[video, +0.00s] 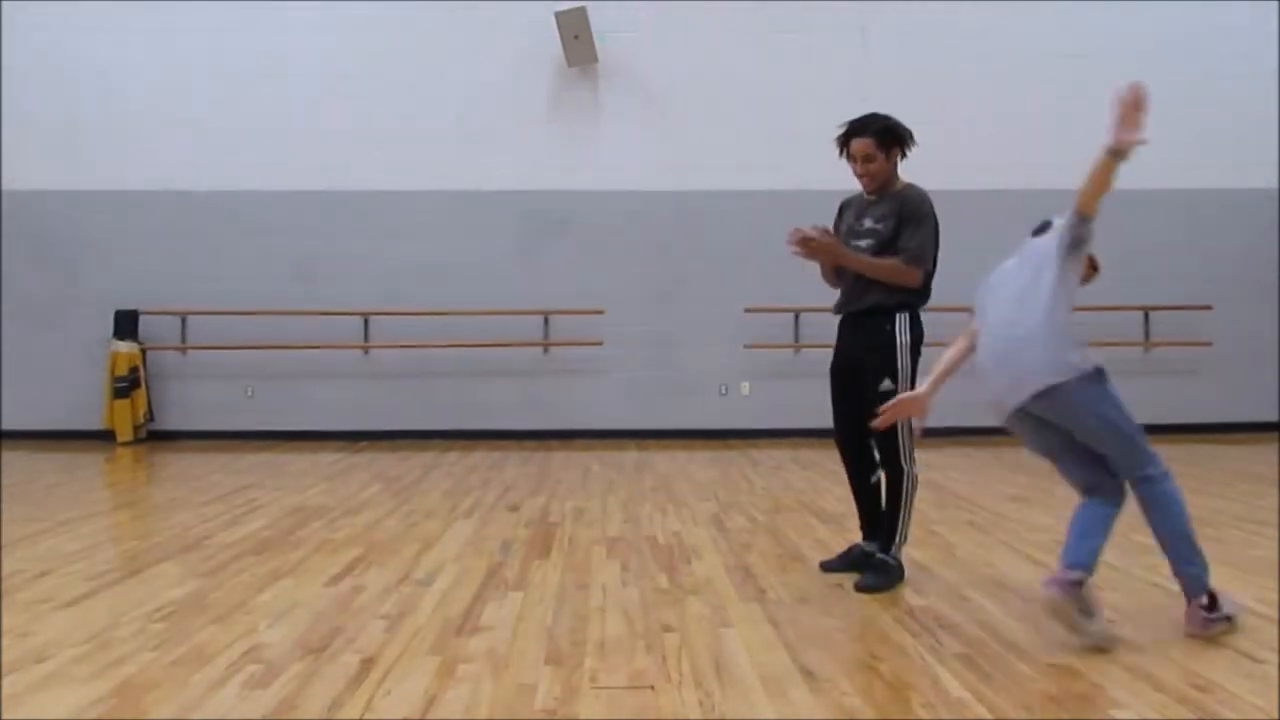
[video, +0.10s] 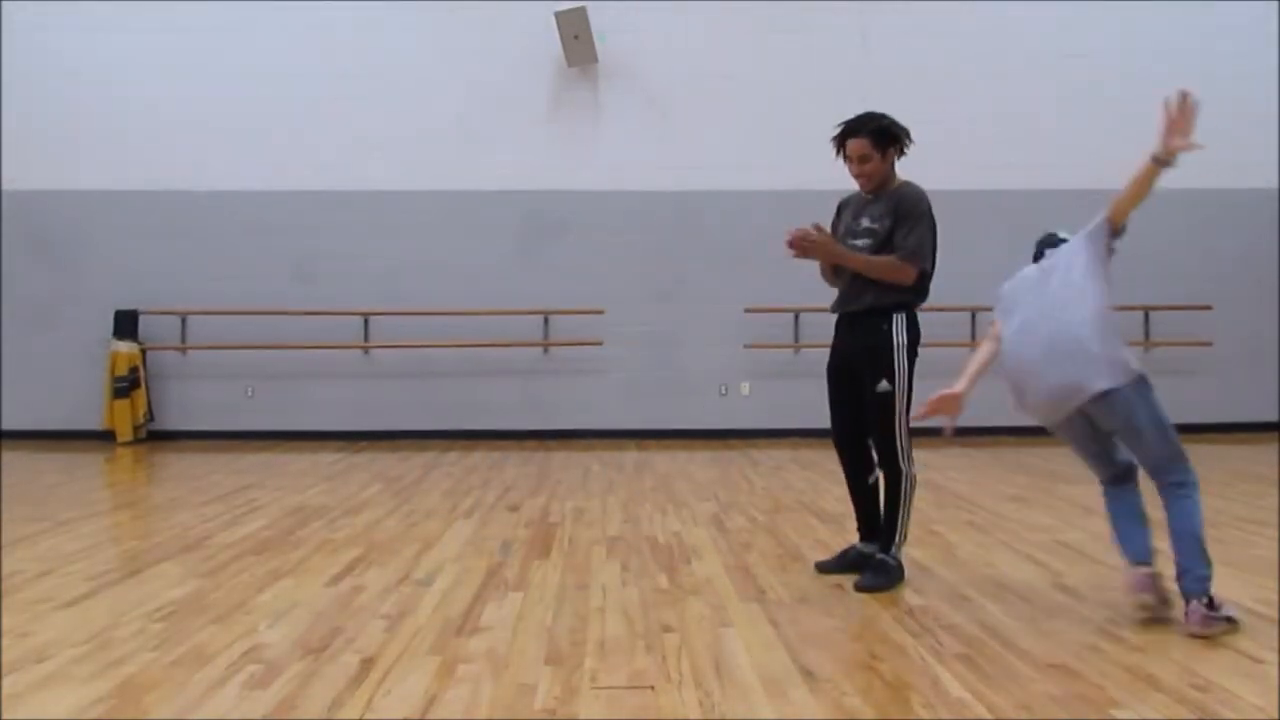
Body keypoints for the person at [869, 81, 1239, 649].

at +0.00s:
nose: (1087, 280)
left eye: (1089, 276)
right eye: (1087, 272)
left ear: (1030, 246)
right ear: (1073, 249)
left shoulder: (996, 287)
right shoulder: (1058, 244)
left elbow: (966, 342)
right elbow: (1086, 202)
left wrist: (923, 392)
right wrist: (1116, 148)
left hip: (1007, 398)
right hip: (1057, 374)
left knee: (1102, 487)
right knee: (1148, 473)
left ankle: (1070, 580)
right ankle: (1200, 599)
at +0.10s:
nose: (1087, 253)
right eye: (1081, 248)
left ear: (1034, 260)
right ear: (1070, 249)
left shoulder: (1011, 293)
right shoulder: (1080, 249)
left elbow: (990, 341)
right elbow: (1120, 208)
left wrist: (960, 388)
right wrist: (1163, 154)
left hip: (1045, 397)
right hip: (1100, 372)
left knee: (1115, 476)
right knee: (1175, 479)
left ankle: (1141, 574)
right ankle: (1197, 599)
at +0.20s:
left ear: (1022, 271)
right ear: (1055, 253)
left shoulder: (1015, 295)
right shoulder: (1079, 250)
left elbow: (1010, 337)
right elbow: (1121, 217)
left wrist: (998, 377)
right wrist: (1172, 174)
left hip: (1066, 386)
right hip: (1120, 358)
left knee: (1116, 467)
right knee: (1180, 465)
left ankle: (1172, 560)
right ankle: (1201, 565)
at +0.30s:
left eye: (1014, 286)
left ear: (1013, 282)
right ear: (1045, 263)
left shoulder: (1012, 300)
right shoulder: (1073, 259)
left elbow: (1015, 334)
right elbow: (1114, 226)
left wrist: (1018, 371)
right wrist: (1163, 181)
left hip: (1077, 395)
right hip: (1129, 368)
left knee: (1119, 474)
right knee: (1171, 458)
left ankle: (1174, 562)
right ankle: (1217, 538)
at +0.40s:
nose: (996, 290)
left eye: (992, 285)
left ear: (993, 280)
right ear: (1020, 261)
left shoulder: (997, 296)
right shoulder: (1053, 256)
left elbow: (1008, 330)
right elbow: (1095, 226)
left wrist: (1018, 370)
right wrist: (1148, 185)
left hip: (1071, 385)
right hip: (1117, 360)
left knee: (1114, 473)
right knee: (1136, 449)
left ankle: (1168, 550)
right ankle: (1169, 540)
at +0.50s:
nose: (964, 292)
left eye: (964, 289)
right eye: (964, 287)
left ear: (970, 284)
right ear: (994, 265)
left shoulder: (976, 297)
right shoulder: (1028, 258)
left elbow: (995, 329)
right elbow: (1074, 226)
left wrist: (1012, 367)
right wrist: (1127, 186)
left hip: (1057, 377)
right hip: (1099, 357)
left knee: (1078, 462)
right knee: (1098, 443)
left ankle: (1134, 513)